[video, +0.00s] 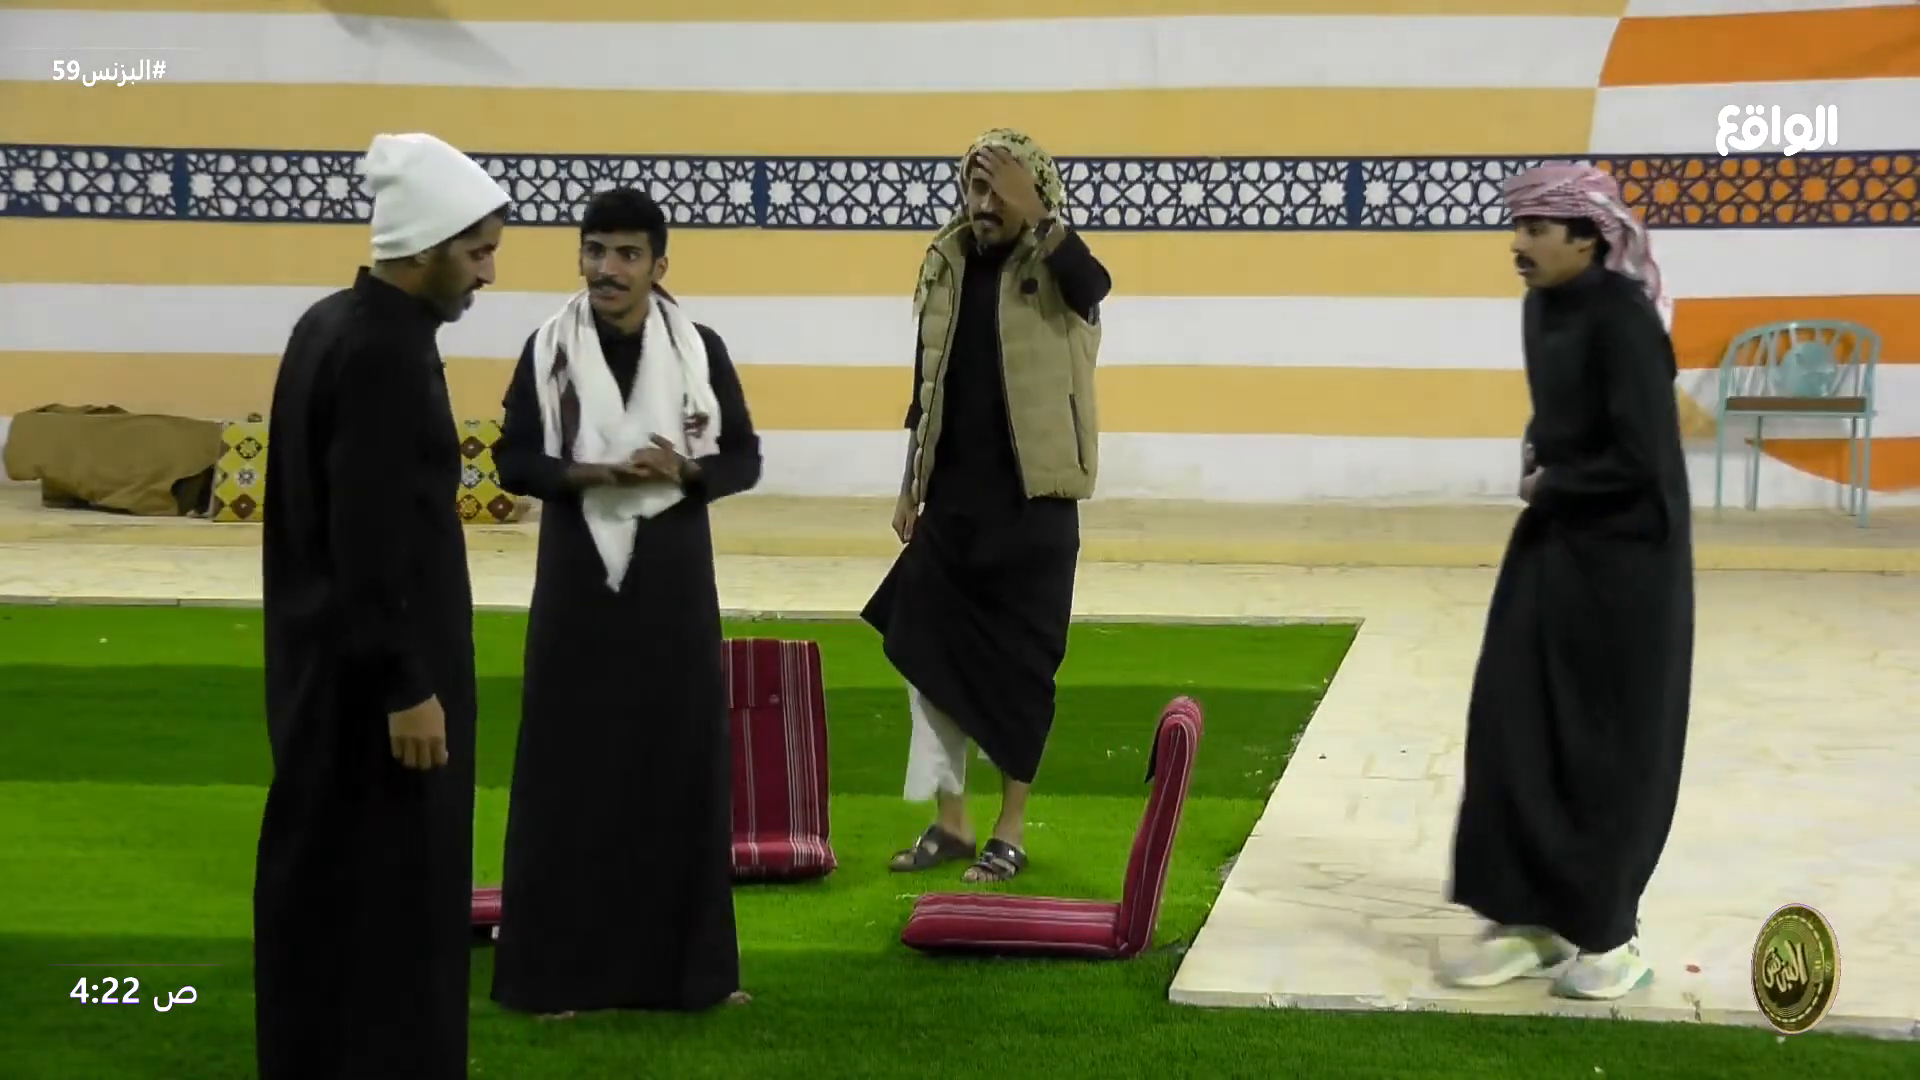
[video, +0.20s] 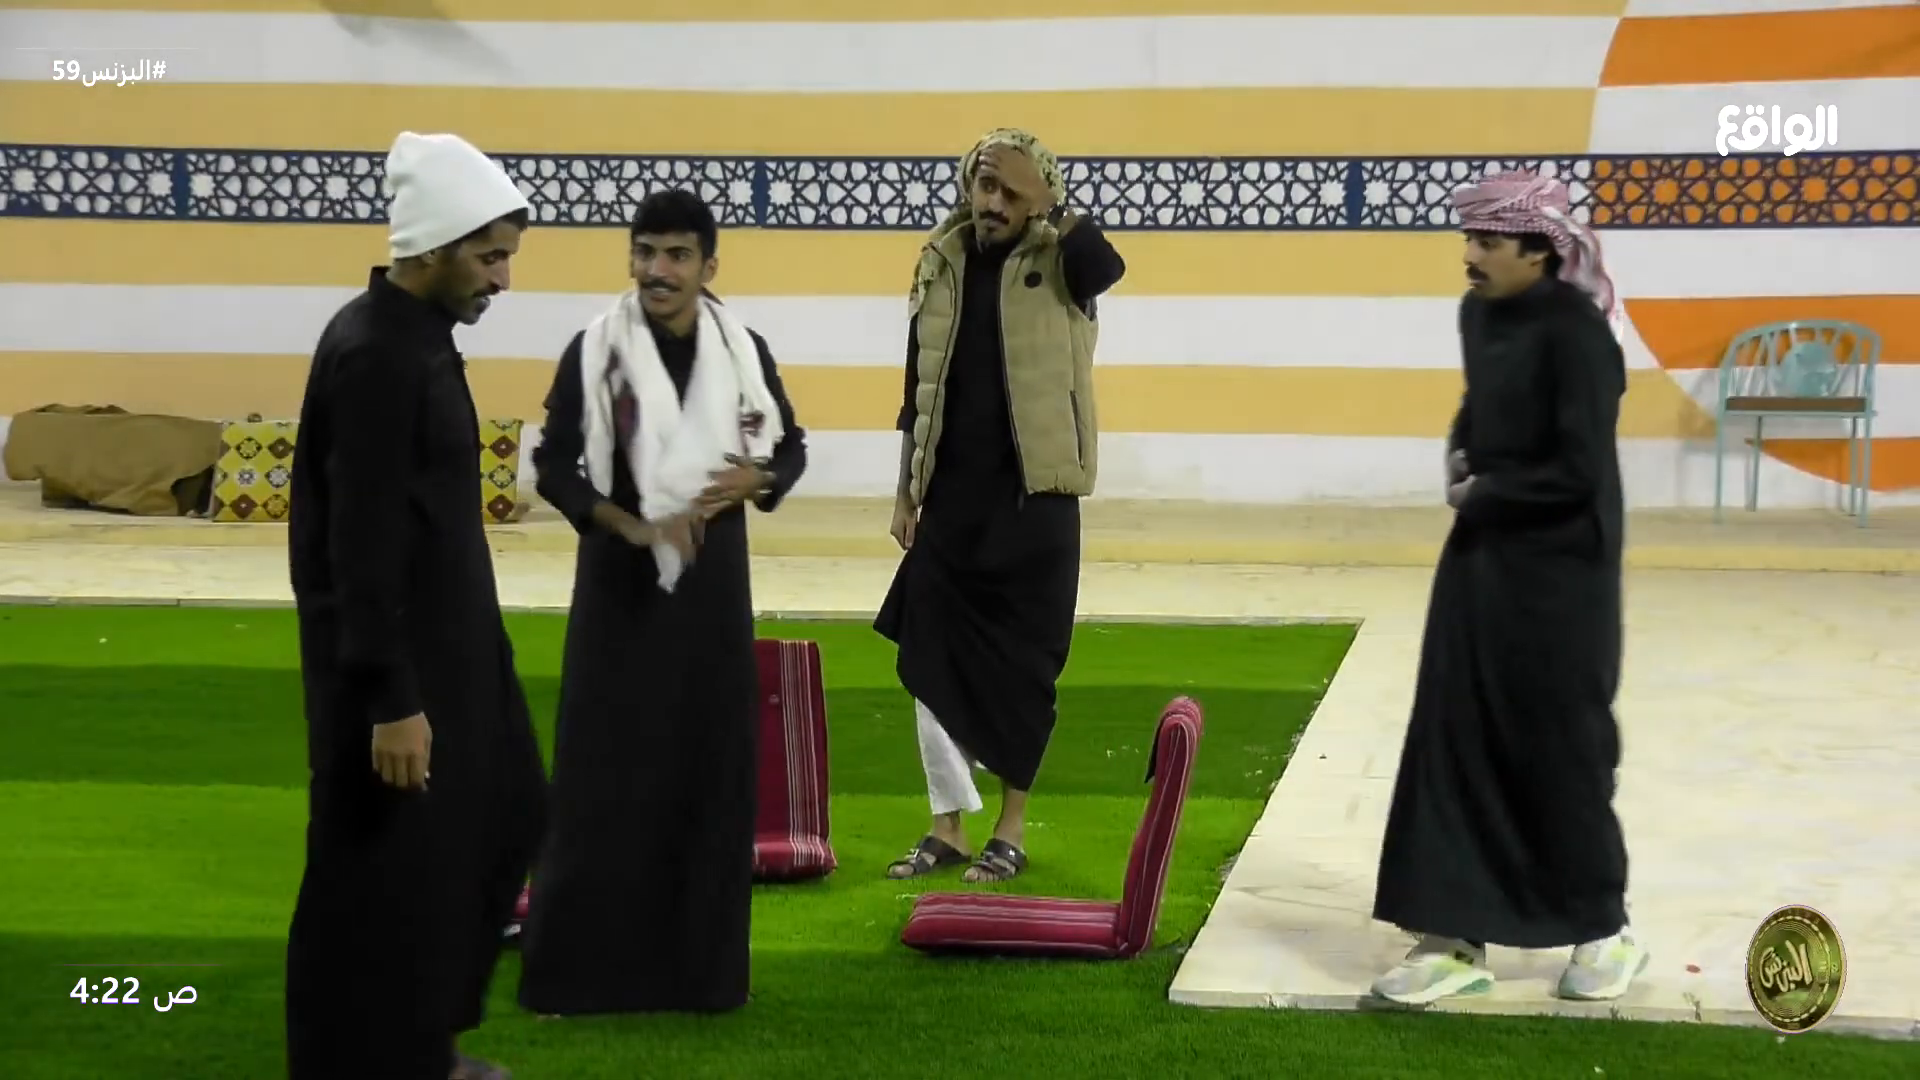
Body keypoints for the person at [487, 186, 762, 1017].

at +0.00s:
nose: (609, 267)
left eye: (627, 254)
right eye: (596, 251)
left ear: (658, 262)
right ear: (581, 257)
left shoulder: (697, 346)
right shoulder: (551, 345)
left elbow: (746, 459)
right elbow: (517, 465)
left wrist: (687, 472)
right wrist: (602, 470)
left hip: (672, 592)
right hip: (576, 590)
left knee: (680, 767)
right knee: (571, 769)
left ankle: (693, 970)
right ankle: (562, 976)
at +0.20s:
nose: (661, 270)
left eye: (678, 255)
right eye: (646, 255)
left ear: (707, 262)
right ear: (630, 258)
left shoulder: (741, 345)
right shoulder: (597, 347)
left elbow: (791, 450)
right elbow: (552, 467)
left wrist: (758, 479)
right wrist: (630, 524)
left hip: (712, 591)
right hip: (620, 592)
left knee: (709, 769)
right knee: (609, 770)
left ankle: (700, 968)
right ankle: (593, 969)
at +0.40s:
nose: (721, 273)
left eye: (739, 259)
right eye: (706, 256)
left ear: (764, 268)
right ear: (685, 261)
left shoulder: (783, 351)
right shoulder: (643, 350)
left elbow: (817, 449)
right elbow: (612, 474)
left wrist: (817, 492)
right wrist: (601, 595)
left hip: (745, 599)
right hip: (655, 599)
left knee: (743, 781)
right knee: (652, 782)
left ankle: (736, 972)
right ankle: (648, 980)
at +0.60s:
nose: (792, 297)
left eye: (803, 284)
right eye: (776, 282)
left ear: (813, 281)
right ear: (734, 274)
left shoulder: (812, 360)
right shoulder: (681, 364)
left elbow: (843, 452)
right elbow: (627, 474)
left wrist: (862, 506)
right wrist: (597, 585)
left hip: (775, 616)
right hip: (694, 617)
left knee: (762, 796)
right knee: (723, 795)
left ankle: (705, 972)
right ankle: (751, 995)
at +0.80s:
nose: (830, 322)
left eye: (841, 307)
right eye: (813, 308)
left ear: (852, 300)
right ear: (768, 297)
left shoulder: (850, 380)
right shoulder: (717, 390)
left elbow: (882, 480)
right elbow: (656, 520)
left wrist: (909, 538)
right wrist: (653, 652)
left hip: (817, 628)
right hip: (740, 632)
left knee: (782, 803)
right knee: (778, 805)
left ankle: (714, 949)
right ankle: (802, 1014)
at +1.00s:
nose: (856, 332)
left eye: (867, 315)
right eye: (838, 318)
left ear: (879, 304)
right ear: (792, 303)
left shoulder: (875, 373)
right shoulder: (742, 393)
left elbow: (892, 490)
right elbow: (704, 532)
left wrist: (914, 582)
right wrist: (740, 641)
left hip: (863, 645)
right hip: (777, 650)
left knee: (868, 830)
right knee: (783, 832)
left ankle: (735, 972)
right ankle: (784, 1022)